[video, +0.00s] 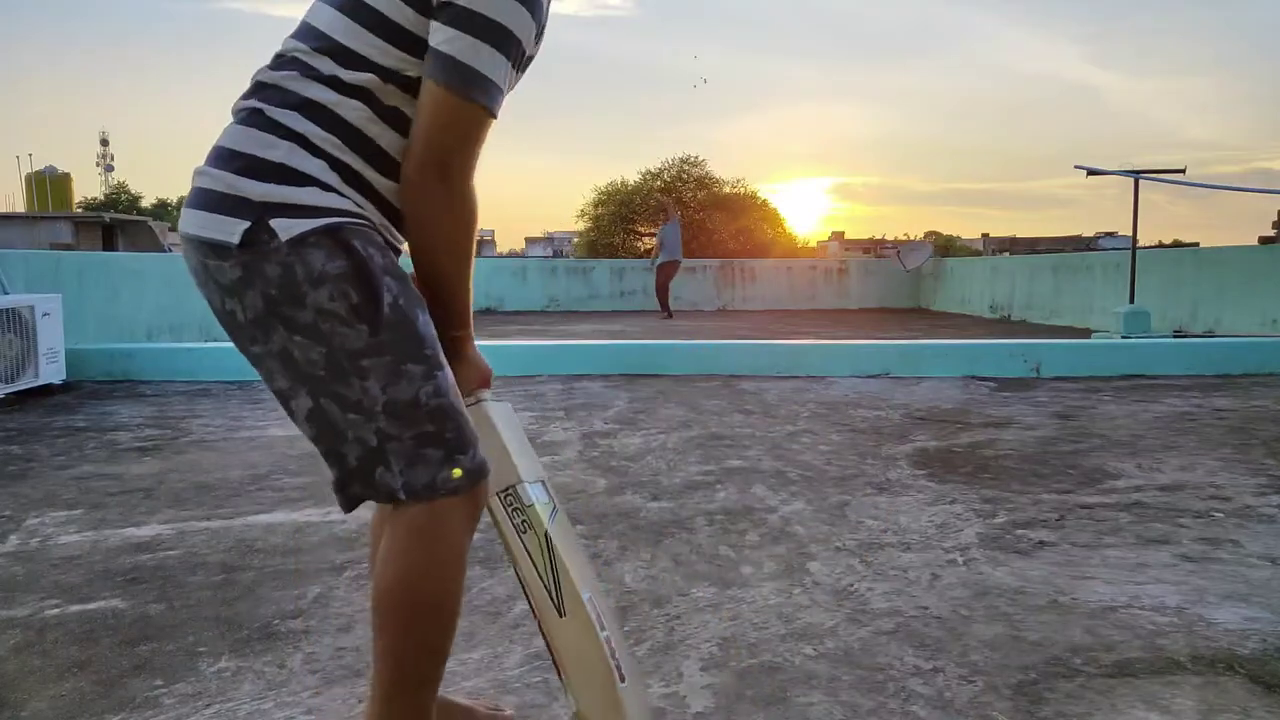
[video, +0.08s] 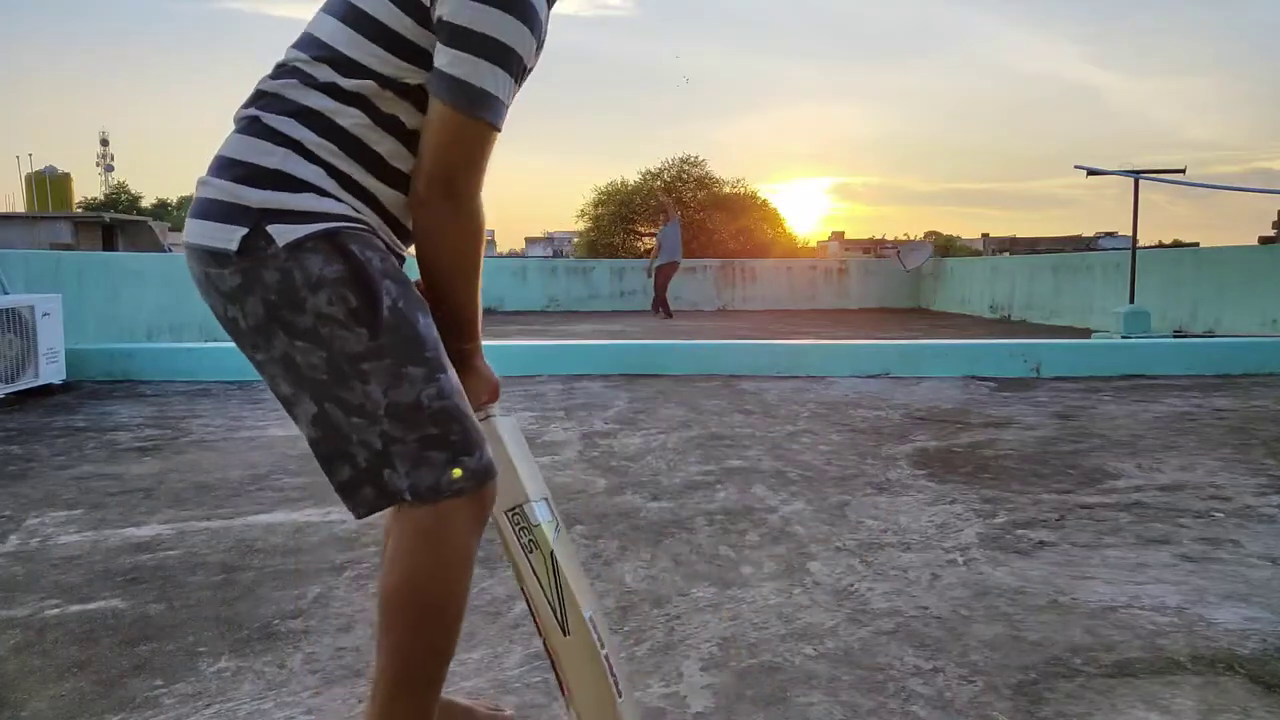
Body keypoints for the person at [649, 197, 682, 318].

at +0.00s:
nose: (663, 217)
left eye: (665, 215)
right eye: (661, 215)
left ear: (669, 215)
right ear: (660, 217)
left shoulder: (673, 223)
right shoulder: (661, 230)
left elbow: (669, 206)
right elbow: (657, 246)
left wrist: (660, 197)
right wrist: (652, 260)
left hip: (673, 257)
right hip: (663, 258)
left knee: (663, 284)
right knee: (660, 285)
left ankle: (667, 311)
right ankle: (665, 311)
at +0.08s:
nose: (662, 218)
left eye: (664, 216)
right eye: (661, 216)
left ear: (668, 217)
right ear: (660, 218)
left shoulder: (673, 224)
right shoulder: (660, 233)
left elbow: (669, 206)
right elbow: (655, 250)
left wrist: (660, 195)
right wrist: (650, 265)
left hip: (672, 259)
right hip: (662, 260)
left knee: (661, 286)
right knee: (658, 287)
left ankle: (666, 312)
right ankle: (665, 312)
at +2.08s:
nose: (696, 209)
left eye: (698, 206)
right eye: (694, 206)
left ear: (702, 208)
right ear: (690, 208)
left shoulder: (709, 224)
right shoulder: (686, 223)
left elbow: (717, 239)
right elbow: (674, 233)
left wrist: (717, 251)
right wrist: (668, 229)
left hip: (703, 261)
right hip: (688, 260)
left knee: (706, 291)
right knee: (686, 290)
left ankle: (710, 314)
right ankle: (683, 315)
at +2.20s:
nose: (695, 209)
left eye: (698, 206)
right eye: (693, 206)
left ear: (702, 208)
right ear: (690, 208)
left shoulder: (707, 223)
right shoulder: (685, 222)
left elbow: (717, 237)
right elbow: (673, 229)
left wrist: (708, 245)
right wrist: (684, 240)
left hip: (702, 261)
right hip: (687, 260)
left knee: (705, 291)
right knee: (686, 290)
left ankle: (710, 314)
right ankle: (682, 315)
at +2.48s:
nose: (693, 212)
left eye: (696, 209)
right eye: (691, 209)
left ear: (701, 209)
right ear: (687, 209)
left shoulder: (705, 222)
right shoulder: (684, 222)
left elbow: (716, 233)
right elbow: (672, 229)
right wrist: (664, 232)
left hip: (701, 260)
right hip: (687, 260)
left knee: (705, 290)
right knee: (686, 290)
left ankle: (710, 314)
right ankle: (682, 316)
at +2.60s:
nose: (693, 210)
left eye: (696, 207)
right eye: (691, 207)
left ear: (700, 209)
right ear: (688, 209)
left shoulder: (705, 222)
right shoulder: (684, 222)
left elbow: (716, 235)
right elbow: (673, 235)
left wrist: (718, 244)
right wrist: (661, 243)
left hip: (701, 261)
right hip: (687, 261)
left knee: (705, 290)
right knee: (686, 290)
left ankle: (709, 314)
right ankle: (682, 315)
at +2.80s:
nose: (693, 209)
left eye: (695, 206)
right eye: (690, 207)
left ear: (700, 208)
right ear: (687, 209)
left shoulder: (705, 223)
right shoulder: (683, 223)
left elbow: (709, 240)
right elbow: (681, 240)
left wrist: (712, 257)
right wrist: (680, 257)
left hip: (701, 262)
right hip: (687, 261)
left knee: (705, 291)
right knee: (686, 291)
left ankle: (709, 314)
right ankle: (682, 315)